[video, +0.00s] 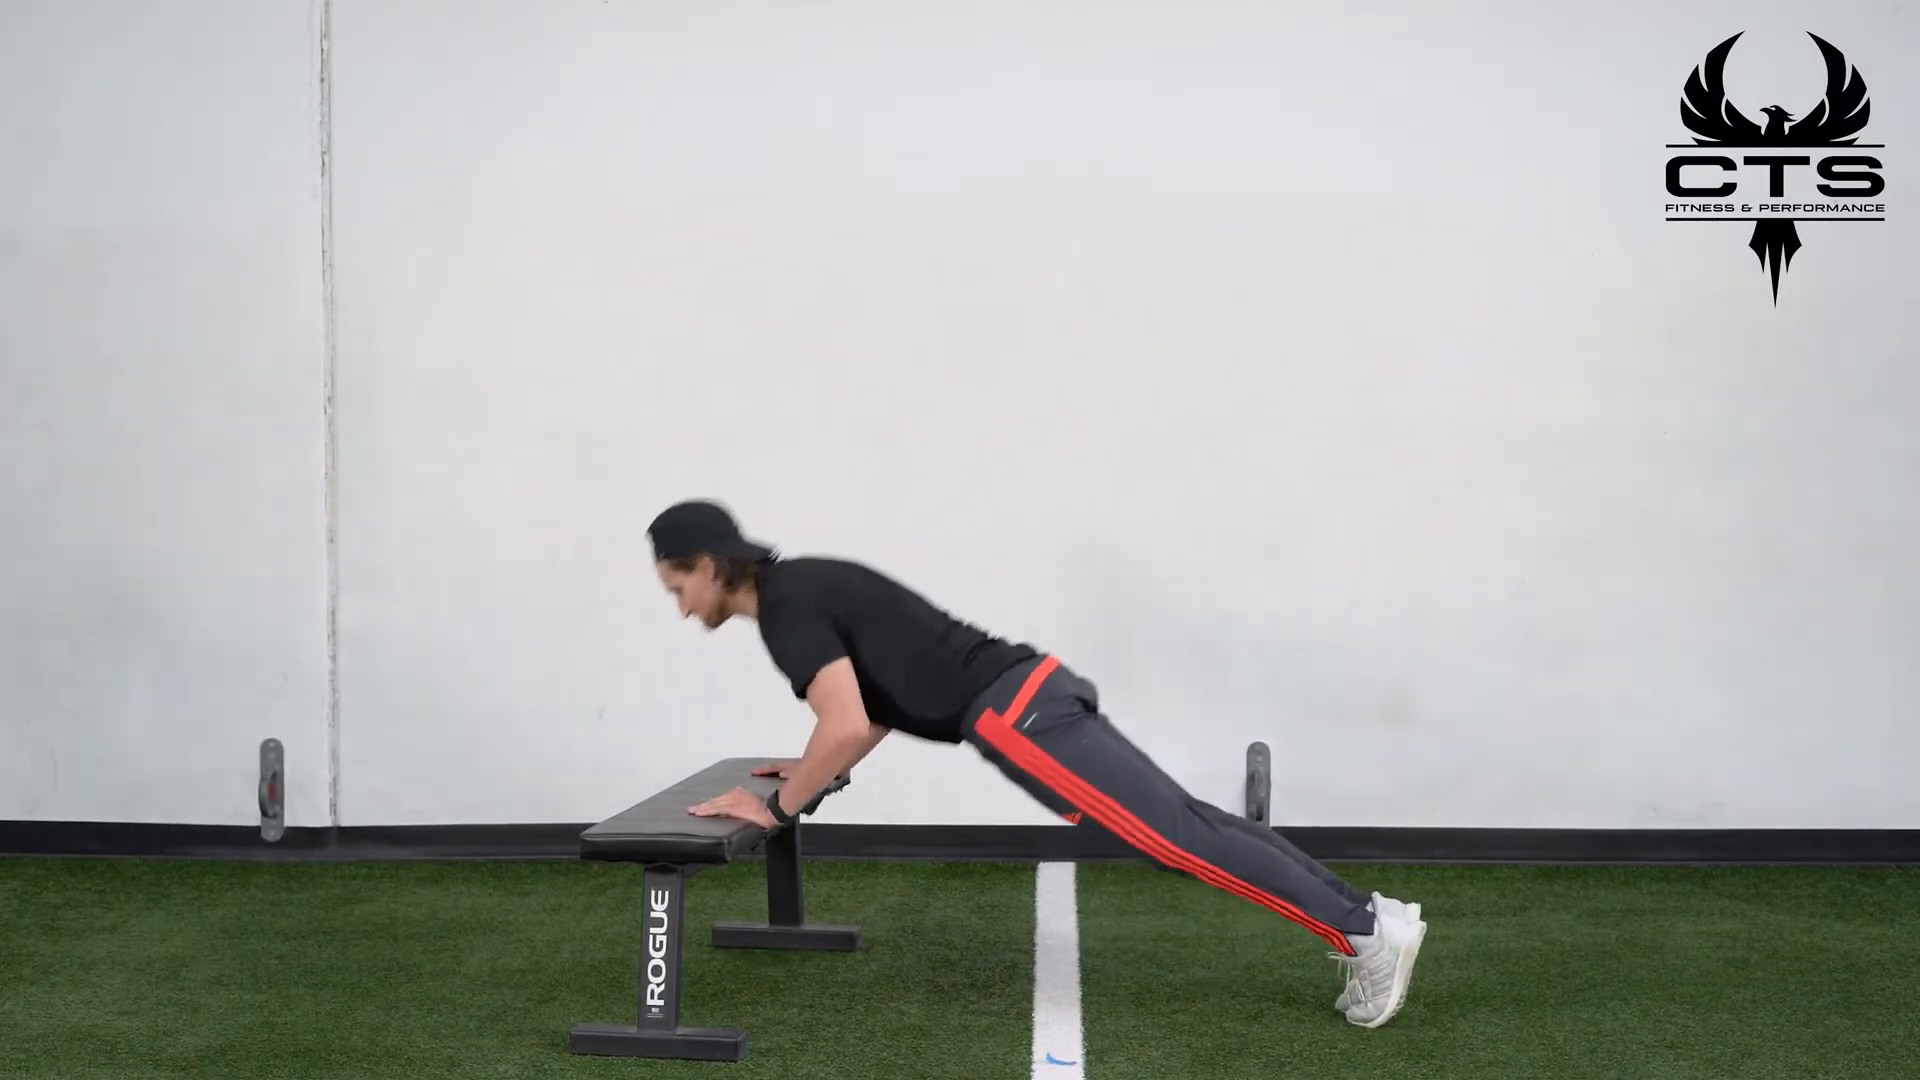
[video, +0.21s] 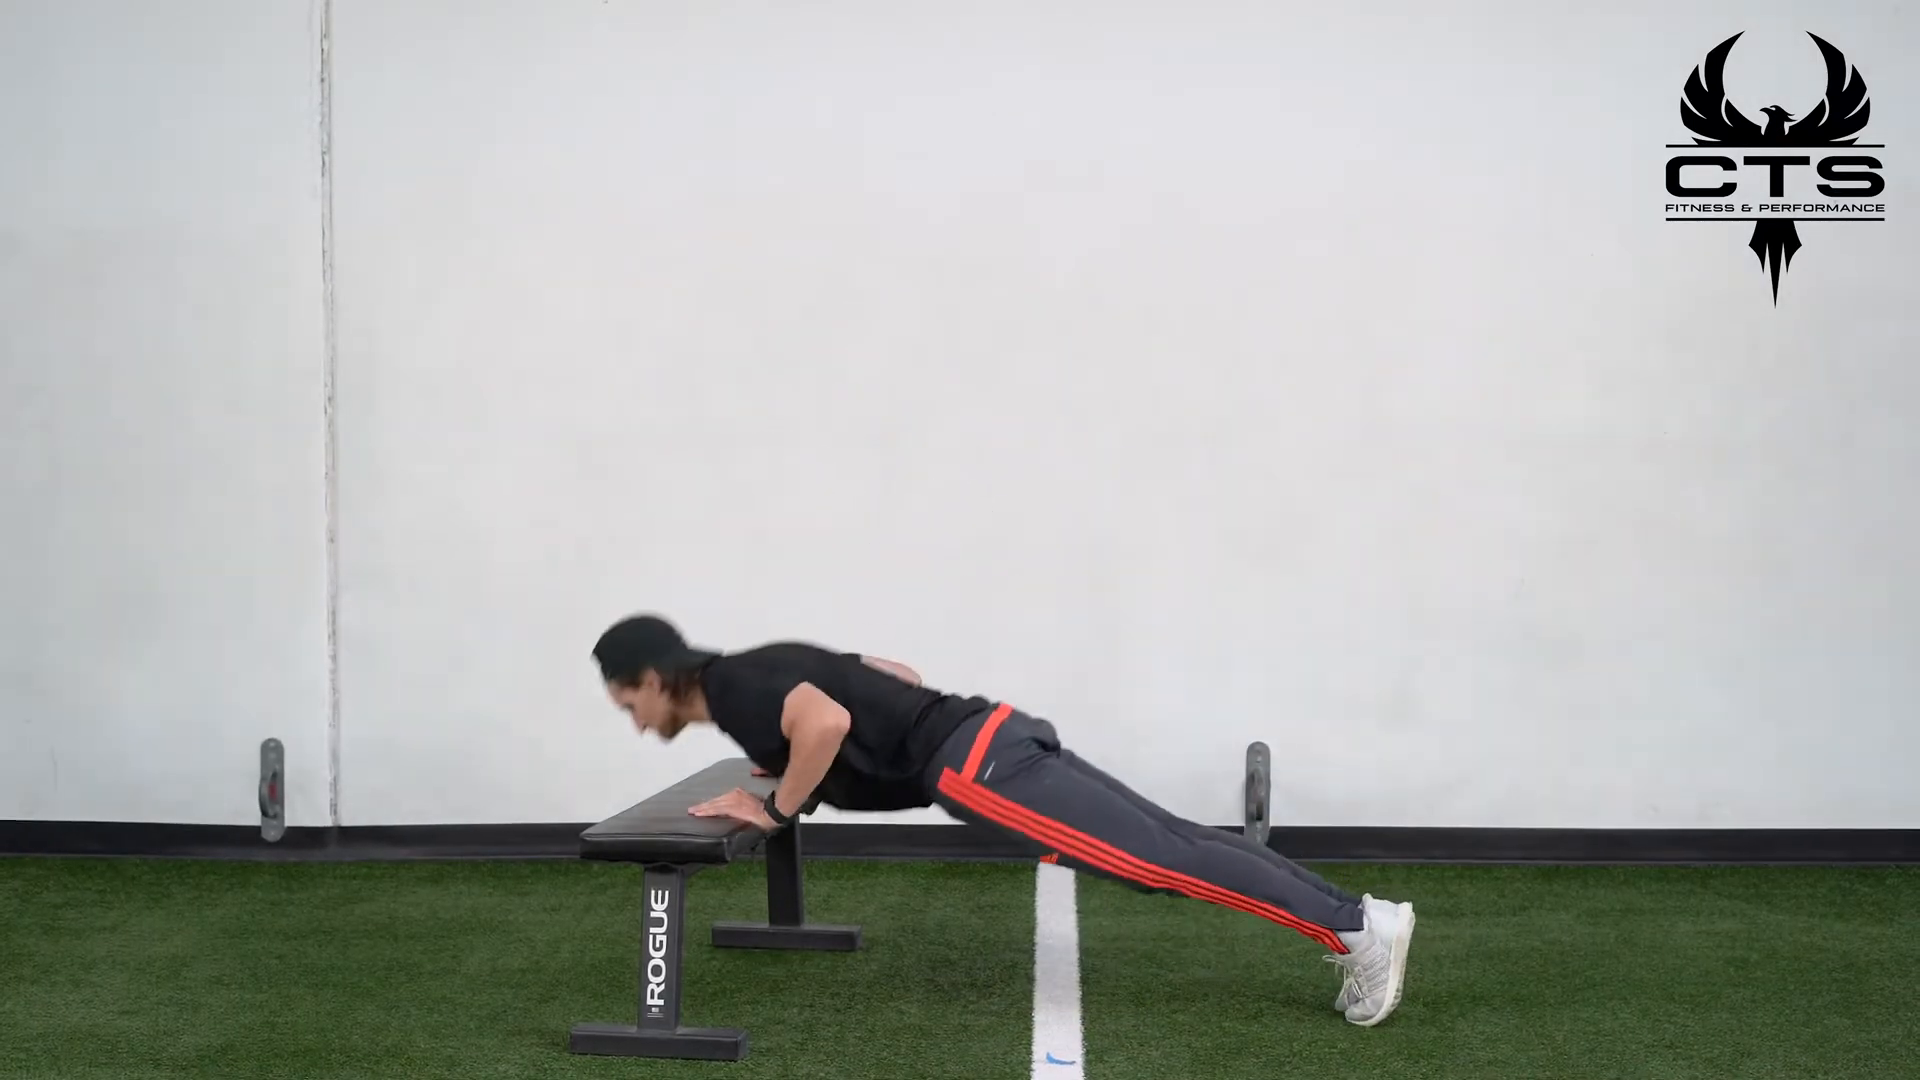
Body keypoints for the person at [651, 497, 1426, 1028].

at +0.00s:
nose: (672, 596)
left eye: (673, 579)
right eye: (667, 582)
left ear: (708, 568)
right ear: (718, 560)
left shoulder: (785, 605)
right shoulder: (806, 585)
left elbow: (849, 731)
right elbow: (869, 720)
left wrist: (777, 803)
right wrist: (801, 774)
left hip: (1015, 714)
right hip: (1032, 694)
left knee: (1178, 838)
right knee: (1185, 819)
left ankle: (1367, 935)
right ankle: (1368, 917)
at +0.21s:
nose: (628, 717)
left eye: (627, 701)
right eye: (622, 705)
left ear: (656, 680)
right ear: (669, 666)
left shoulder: (732, 686)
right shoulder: (762, 669)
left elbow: (821, 722)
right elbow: (896, 676)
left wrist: (773, 805)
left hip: (972, 764)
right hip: (992, 741)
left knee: (1158, 857)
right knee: (1169, 839)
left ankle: (1359, 933)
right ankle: (1360, 916)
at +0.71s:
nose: (670, 623)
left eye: (669, 605)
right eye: (665, 610)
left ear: (703, 586)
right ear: (712, 586)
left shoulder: (770, 614)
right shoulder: (799, 601)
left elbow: (827, 717)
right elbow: (876, 720)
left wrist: (776, 805)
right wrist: (814, 775)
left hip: (1011, 712)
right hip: (1031, 693)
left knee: (1177, 831)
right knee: (1189, 817)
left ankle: (1369, 932)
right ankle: (1363, 927)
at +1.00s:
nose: (755, 519)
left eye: (761, 502)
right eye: (751, 505)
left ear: (805, 490)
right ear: (802, 490)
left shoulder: (862, 545)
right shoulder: (878, 535)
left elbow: (839, 689)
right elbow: (885, 680)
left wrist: (777, 801)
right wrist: (828, 766)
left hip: (1090, 645)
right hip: (1093, 637)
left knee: (1232, 805)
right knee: (1228, 800)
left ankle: (1401, 940)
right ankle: (1390, 932)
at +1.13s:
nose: (779, 514)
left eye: (786, 498)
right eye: (776, 500)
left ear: (831, 491)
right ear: (840, 490)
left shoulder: (885, 547)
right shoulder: (908, 537)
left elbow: (846, 688)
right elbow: (887, 682)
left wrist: (777, 801)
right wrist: (825, 768)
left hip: (1126, 621)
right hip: (1119, 627)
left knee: (1243, 793)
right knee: (1145, 804)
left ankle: (1407, 946)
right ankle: (1307, 892)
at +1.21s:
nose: (793, 518)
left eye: (799, 502)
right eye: (790, 503)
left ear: (844, 496)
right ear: (854, 494)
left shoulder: (898, 550)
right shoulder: (921, 541)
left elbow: (856, 690)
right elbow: (894, 683)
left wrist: (778, 800)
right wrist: (828, 765)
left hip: (1144, 608)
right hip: (1128, 618)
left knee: (1260, 784)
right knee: (1073, 767)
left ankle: (1413, 946)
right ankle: (1217, 889)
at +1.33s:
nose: (803, 519)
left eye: (810, 503)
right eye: (801, 504)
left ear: (854, 498)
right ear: (862, 496)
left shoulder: (905, 549)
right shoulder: (927, 542)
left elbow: (860, 689)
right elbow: (893, 685)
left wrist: (777, 798)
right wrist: (822, 770)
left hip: (1147, 601)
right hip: (1120, 617)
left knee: (1266, 779)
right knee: (1028, 741)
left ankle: (1415, 944)